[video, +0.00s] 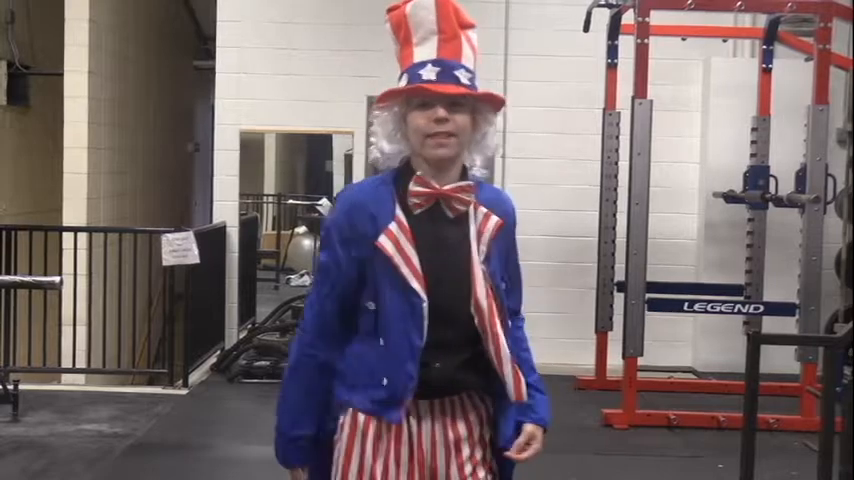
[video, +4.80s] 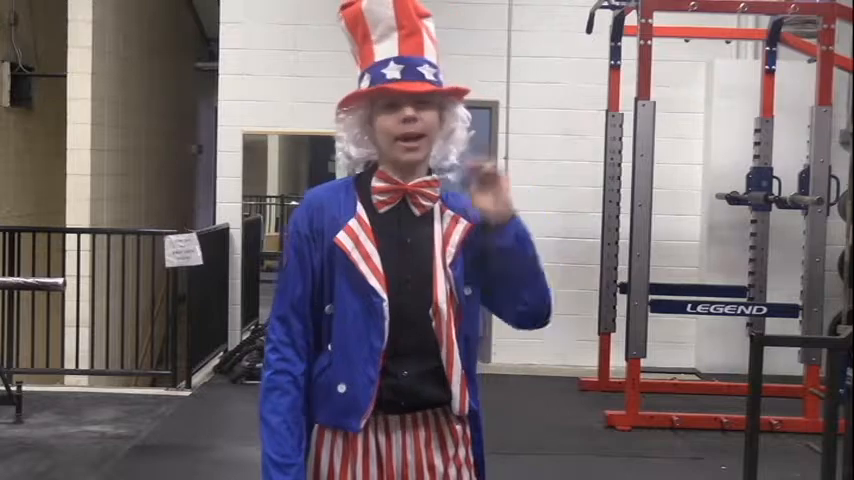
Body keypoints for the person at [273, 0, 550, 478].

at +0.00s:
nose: (441, 117)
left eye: (455, 105)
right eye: (425, 105)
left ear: (475, 121)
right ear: (404, 121)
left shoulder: (496, 209)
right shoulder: (360, 207)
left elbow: (510, 320)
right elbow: (322, 328)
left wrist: (531, 406)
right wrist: (298, 440)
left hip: (466, 422)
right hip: (376, 424)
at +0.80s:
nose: (424, 123)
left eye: (439, 110)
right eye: (408, 109)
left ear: (459, 124)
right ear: (385, 122)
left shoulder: (486, 216)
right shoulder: (342, 212)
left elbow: (525, 311)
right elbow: (314, 335)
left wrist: (545, 382)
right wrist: (312, 461)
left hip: (460, 431)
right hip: (370, 432)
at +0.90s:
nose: (436, 125)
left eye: (450, 113)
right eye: (420, 112)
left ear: (469, 128)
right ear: (397, 125)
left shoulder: (487, 217)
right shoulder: (347, 210)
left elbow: (523, 291)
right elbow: (314, 346)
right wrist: (297, 464)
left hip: (464, 430)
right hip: (373, 433)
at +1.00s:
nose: (440, 129)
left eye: (455, 117)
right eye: (426, 115)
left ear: (475, 129)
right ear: (404, 124)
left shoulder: (489, 216)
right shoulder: (354, 205)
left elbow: (555, 321)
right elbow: (312, 336)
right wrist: (280, 459)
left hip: (467, 429)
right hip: (375, 431)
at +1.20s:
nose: (433, 129)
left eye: (452, 117)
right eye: (422, 113)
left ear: (480, 134)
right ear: (405, 120)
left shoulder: (487, 214)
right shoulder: (354, 200)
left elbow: (570, 281)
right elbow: (305, 327)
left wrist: (508, 194)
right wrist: (281, 458)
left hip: (458, 431)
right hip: (367, 433)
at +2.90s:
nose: (400, 121)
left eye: (421, 115)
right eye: (394, 105)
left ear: (446, 139)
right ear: (376, 115)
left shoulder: (453, 224)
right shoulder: (317, 200)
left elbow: (512, 307)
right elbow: (262, 320)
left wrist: (476, 203)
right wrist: (233, 452)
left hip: (406, 440)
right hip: (315, 437)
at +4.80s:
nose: (410, 117)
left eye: (423, 103)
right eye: (391, 106)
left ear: (444, 118)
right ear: (368, 123)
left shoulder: (467, 214)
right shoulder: (321, 212)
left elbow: (532, 314)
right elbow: (288, 347)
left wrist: (503, 225)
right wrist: (283, 467)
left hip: (443, 439)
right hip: (347, 443)